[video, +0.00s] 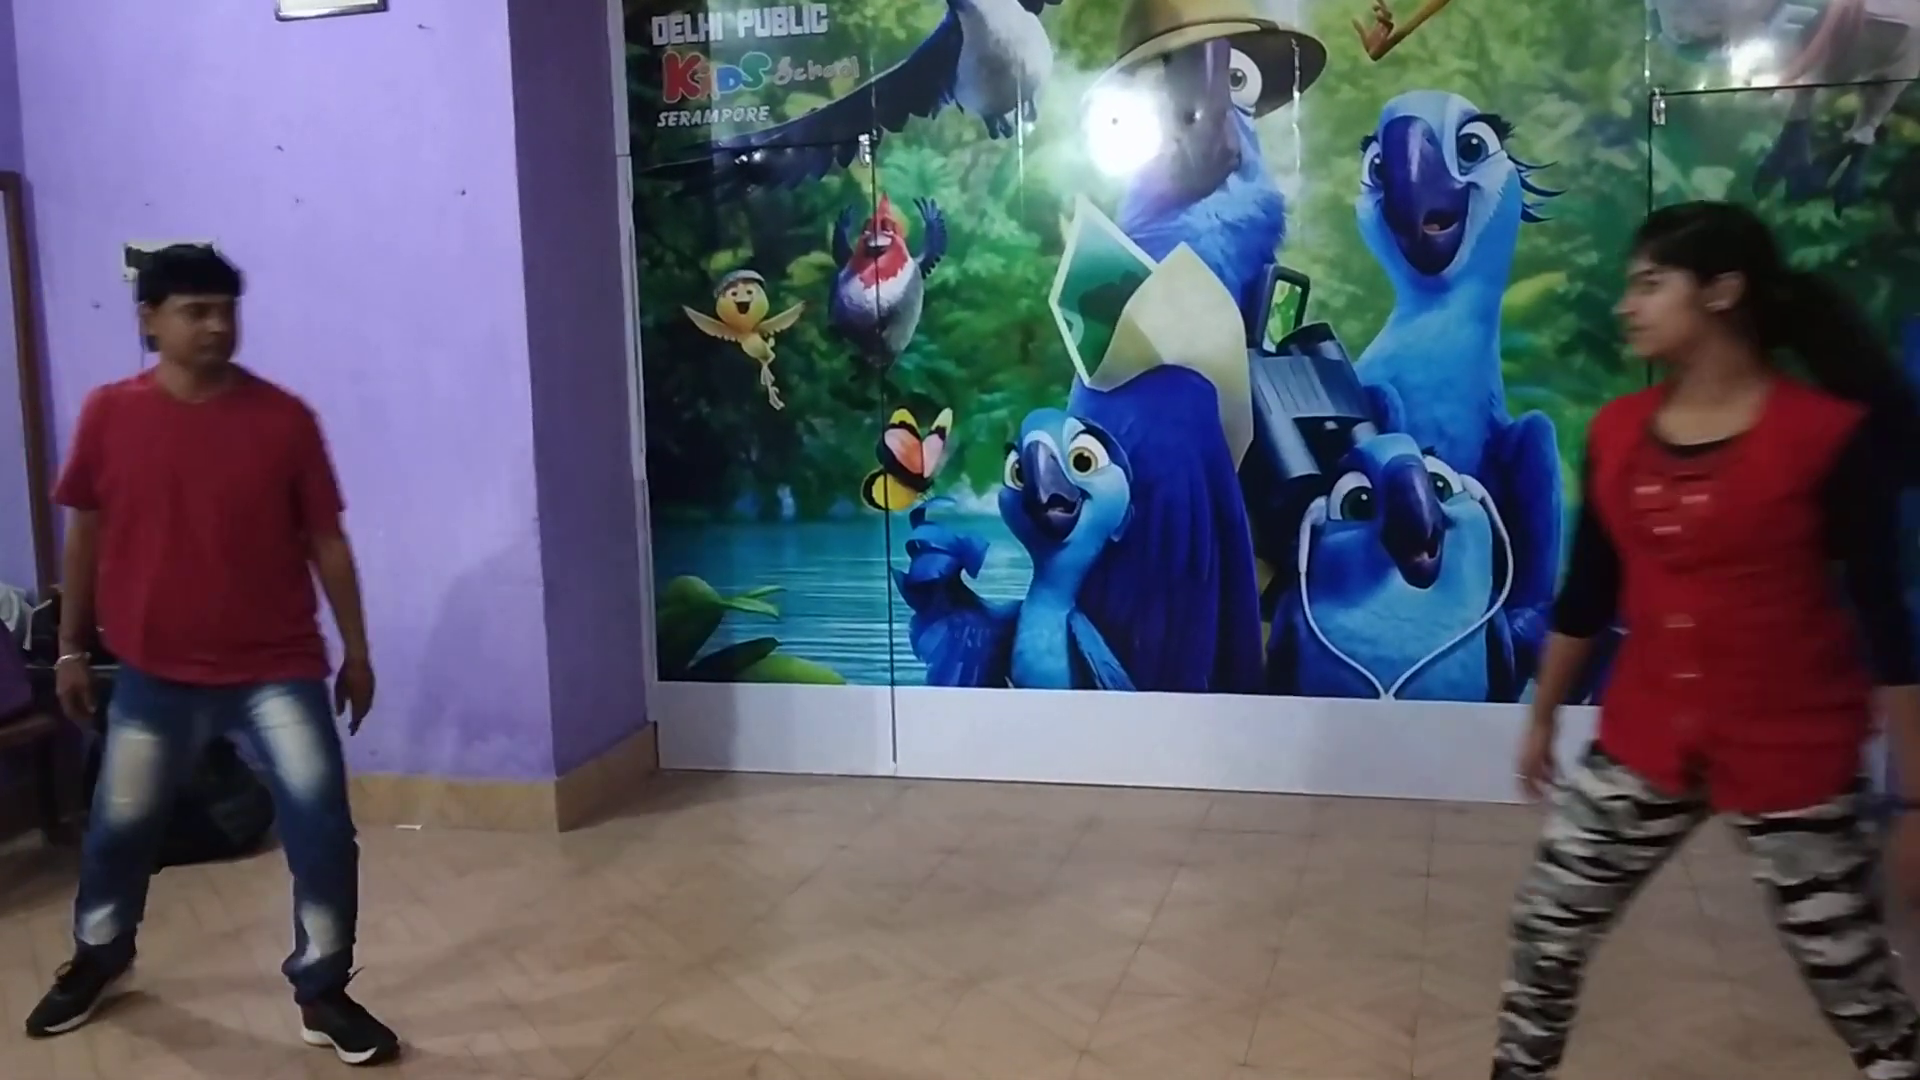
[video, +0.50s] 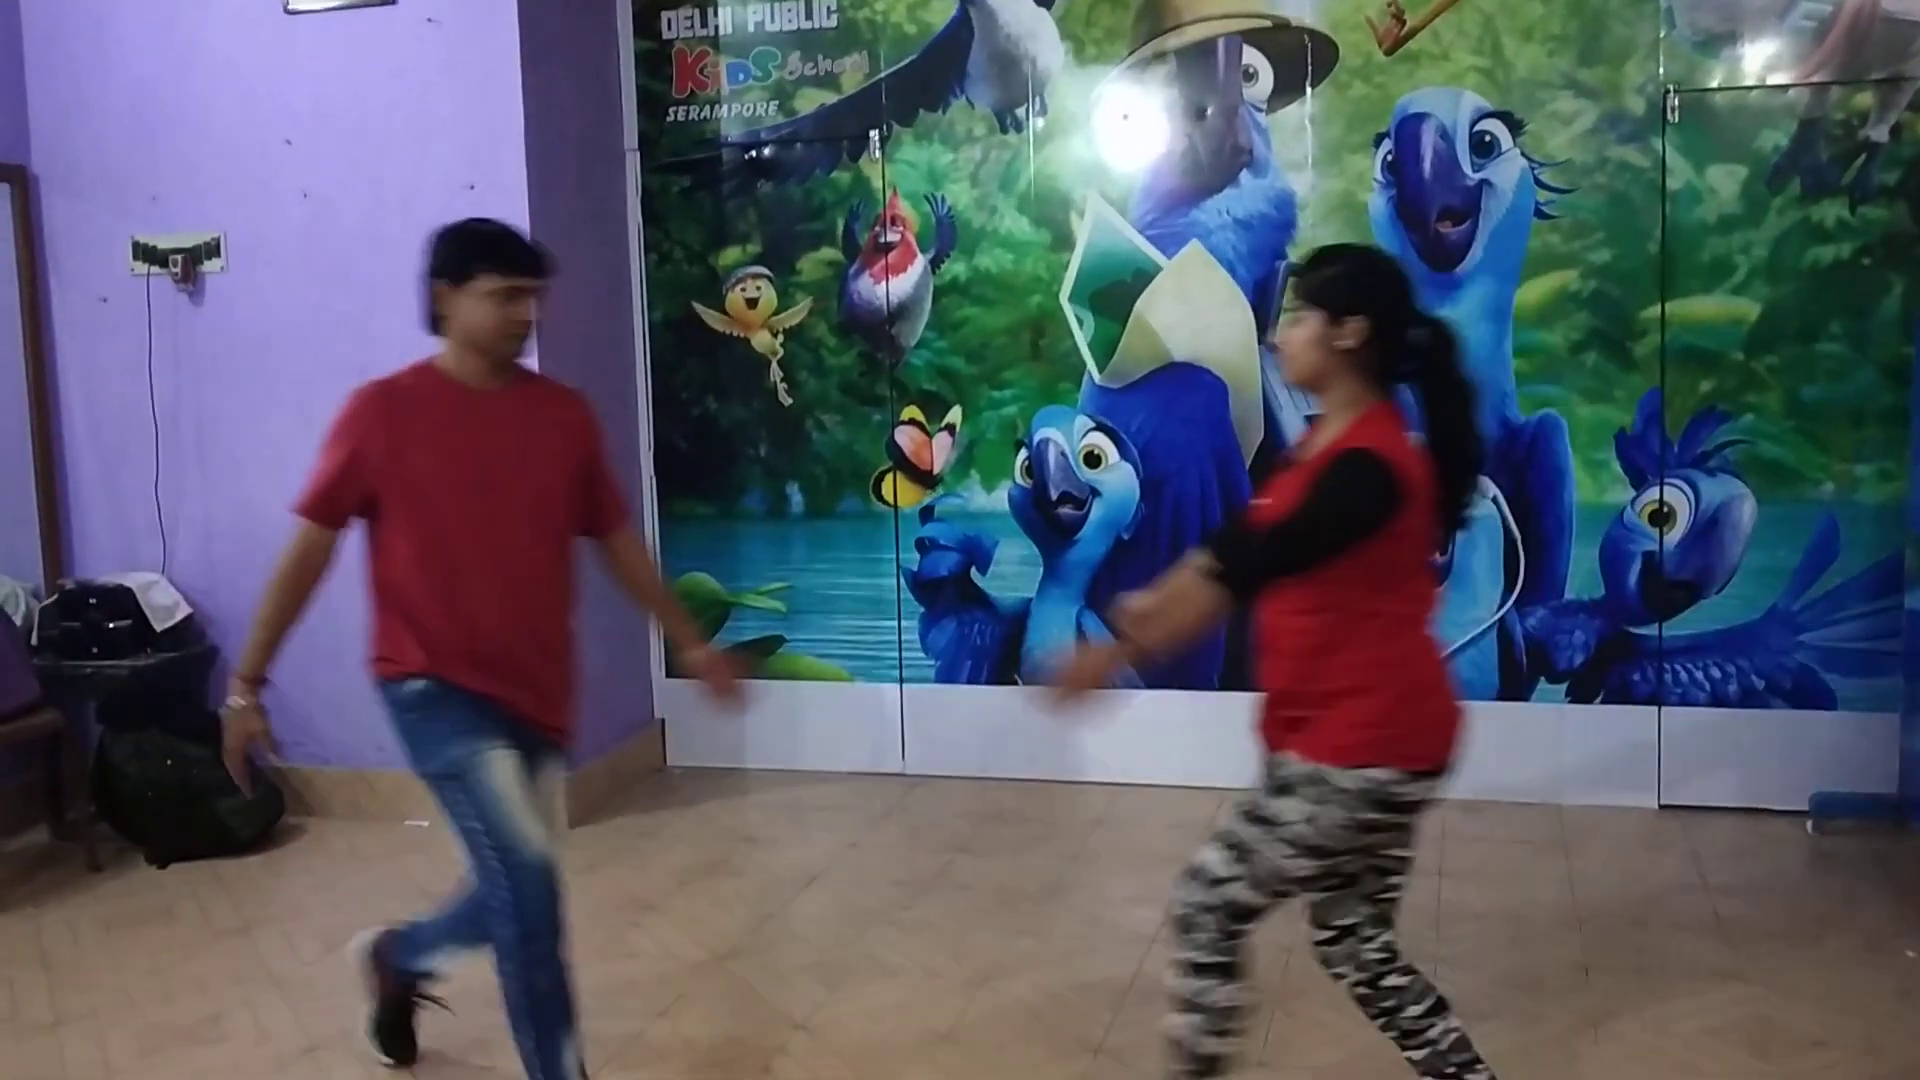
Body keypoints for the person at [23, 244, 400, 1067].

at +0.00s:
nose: (215, 325)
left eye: (225, 311)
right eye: (196, 312)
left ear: (237, 318)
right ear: (151, 322)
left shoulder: (284, 418)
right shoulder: (110, 414)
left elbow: (326, 539)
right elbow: (85, 527)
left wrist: (358, 653)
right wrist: (71, 647)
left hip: (275, 667)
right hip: (152, 668)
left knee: (320, 807)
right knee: (122, 816)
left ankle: (325, 990)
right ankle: (99, 955)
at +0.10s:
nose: (276, 319)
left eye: (285, 304)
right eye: (256, 305)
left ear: (298, 310)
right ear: (209, 312)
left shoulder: (342, 410)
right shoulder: (164, 406)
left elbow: (373, 532)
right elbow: (130, 520)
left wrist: (394, 647)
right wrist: (106, 644)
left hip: (323, 662)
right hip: (205, 663)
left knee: (351, 827)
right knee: (171, 835)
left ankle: (329, 993)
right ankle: (110, 960)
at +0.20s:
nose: (336, 316)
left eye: (343, 301)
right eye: (316, 302)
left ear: (354, 307)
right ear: (265, 309)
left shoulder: (394, 409)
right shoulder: (214, 404)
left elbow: (423, 532)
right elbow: (174, 518)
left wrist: (443, 647)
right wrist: (145, 644)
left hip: (365, 665)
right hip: (247, 662)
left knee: (374, 844)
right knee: (250, 836)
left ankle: (333, 987)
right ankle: (222, 992)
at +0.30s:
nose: (392, 317)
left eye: (400, 302)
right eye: (372, 303)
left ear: (410, 308)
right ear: (320, 309)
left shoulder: (446, 413)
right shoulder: (267, 405)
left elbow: (474, 537)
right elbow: (218, 526)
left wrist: (505, 653)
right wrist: (183, 657)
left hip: (412, 671)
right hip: (302, 665)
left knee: (407, 865)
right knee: (351, 815)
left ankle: (334, 973)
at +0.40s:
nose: (456, 317)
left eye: (463, 301)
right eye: (436, 301)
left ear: (472, 306)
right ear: (379, 307)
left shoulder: (502, 414)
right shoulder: (321, 409)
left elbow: (543, 539)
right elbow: (262, 536)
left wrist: (586, 651)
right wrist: (213, 666)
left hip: (464, 678)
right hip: (359, 672)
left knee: (443, 867)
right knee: (439, 859)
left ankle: (347, 971)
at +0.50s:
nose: (525, 314)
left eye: (532, 297)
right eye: (505, 296)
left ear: (539, 302)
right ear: (445, 300)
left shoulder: (563, 414)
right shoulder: (383, 412)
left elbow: (617, 538)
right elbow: (309, 550)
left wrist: (691, 639)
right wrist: (246, 682)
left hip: (535, 687)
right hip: (433, 681)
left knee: (524, 886)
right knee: (528, 877)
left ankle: (399, 956)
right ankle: (558, 1067)